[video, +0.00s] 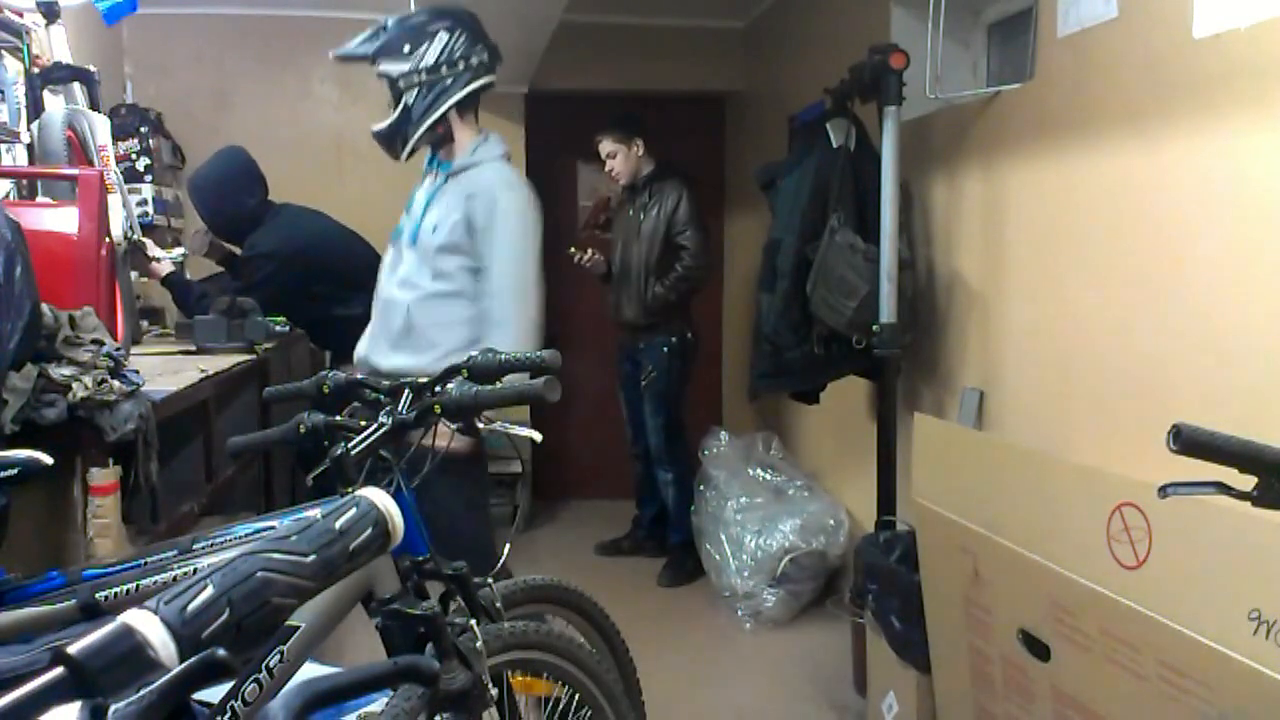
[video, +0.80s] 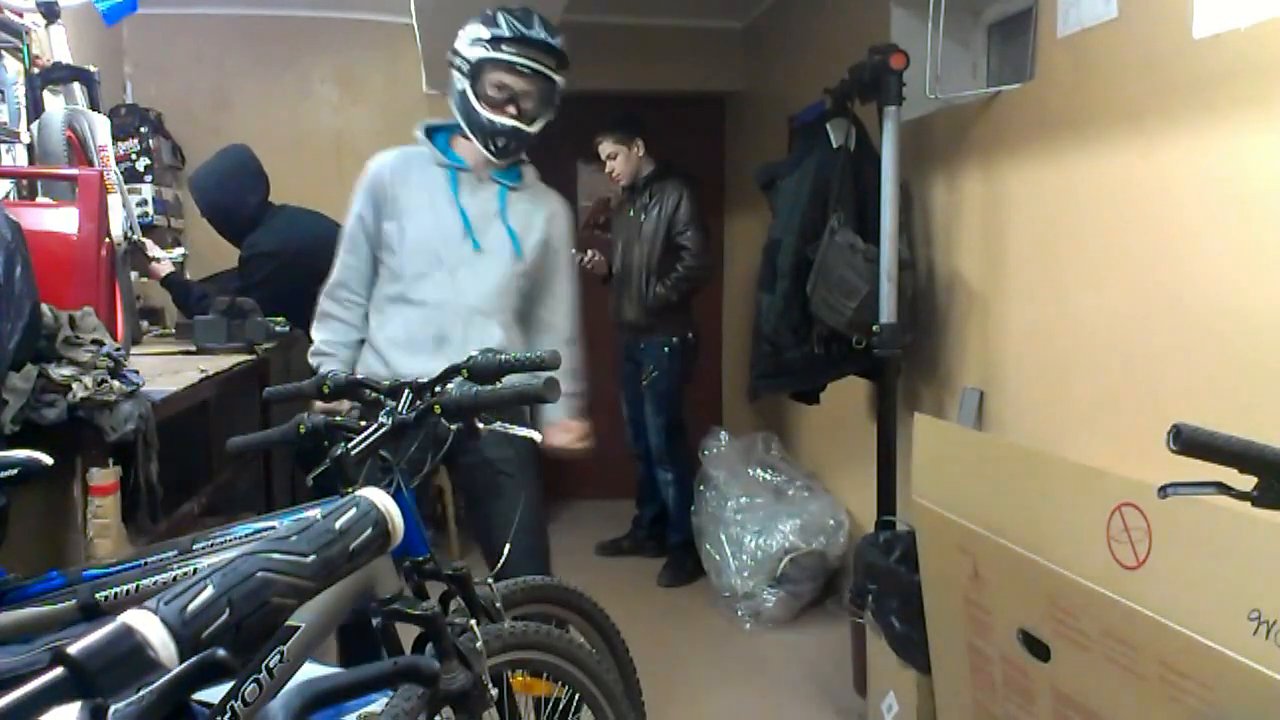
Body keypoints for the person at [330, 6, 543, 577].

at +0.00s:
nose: (392, 103)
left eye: (398, 86)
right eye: (392, 87)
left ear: (434, 87)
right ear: (441, 88)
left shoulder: (500, 189)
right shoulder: (436, 181)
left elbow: (513, 318)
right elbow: (405, 292)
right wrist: (363, 368)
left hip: (444, 412)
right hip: (392, 403)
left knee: (465, 575)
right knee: (408, 568)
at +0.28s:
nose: (413, 107)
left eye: (427, 94)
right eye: (413, 93)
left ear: (475, 97)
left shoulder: (535, 200)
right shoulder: (421, 197)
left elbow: (562, 327)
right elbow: (375, 303)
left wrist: (540, 396)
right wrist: (294, 344)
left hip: (497, 428)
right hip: (416, 418)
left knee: (493, 595)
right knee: (387, 572)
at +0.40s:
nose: (450, 96)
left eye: (466, 82)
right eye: (442, 81)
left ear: (511, 83)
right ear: (433, 81)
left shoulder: (559, 194)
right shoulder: (429, 187)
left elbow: (576, 315)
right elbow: (409, 302)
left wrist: (564, 412)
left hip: (499, 412)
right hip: (414, 404)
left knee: (514, 576)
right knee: (386, 559)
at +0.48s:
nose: (474, 96)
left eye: (492, 81)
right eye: (464, 80)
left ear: (534, 84)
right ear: (449, 80)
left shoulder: (571, 194)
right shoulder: (431, 180)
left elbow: (587, 315)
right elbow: (403, 296)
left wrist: (584, 408)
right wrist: (361, 373)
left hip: (504, 403)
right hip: (415, 395)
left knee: (514, 573)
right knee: (377, 543)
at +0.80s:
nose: (516, 115)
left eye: (532, 104)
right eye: (503, 94)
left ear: (548, 110)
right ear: (464, 87)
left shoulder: (547, 211)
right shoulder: (390, 176)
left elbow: (557, 321)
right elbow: (347, 293)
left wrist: (563, 408)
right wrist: (329, 385)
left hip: (495, 410)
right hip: (388, 402)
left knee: (524, 574)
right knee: (359, 568)